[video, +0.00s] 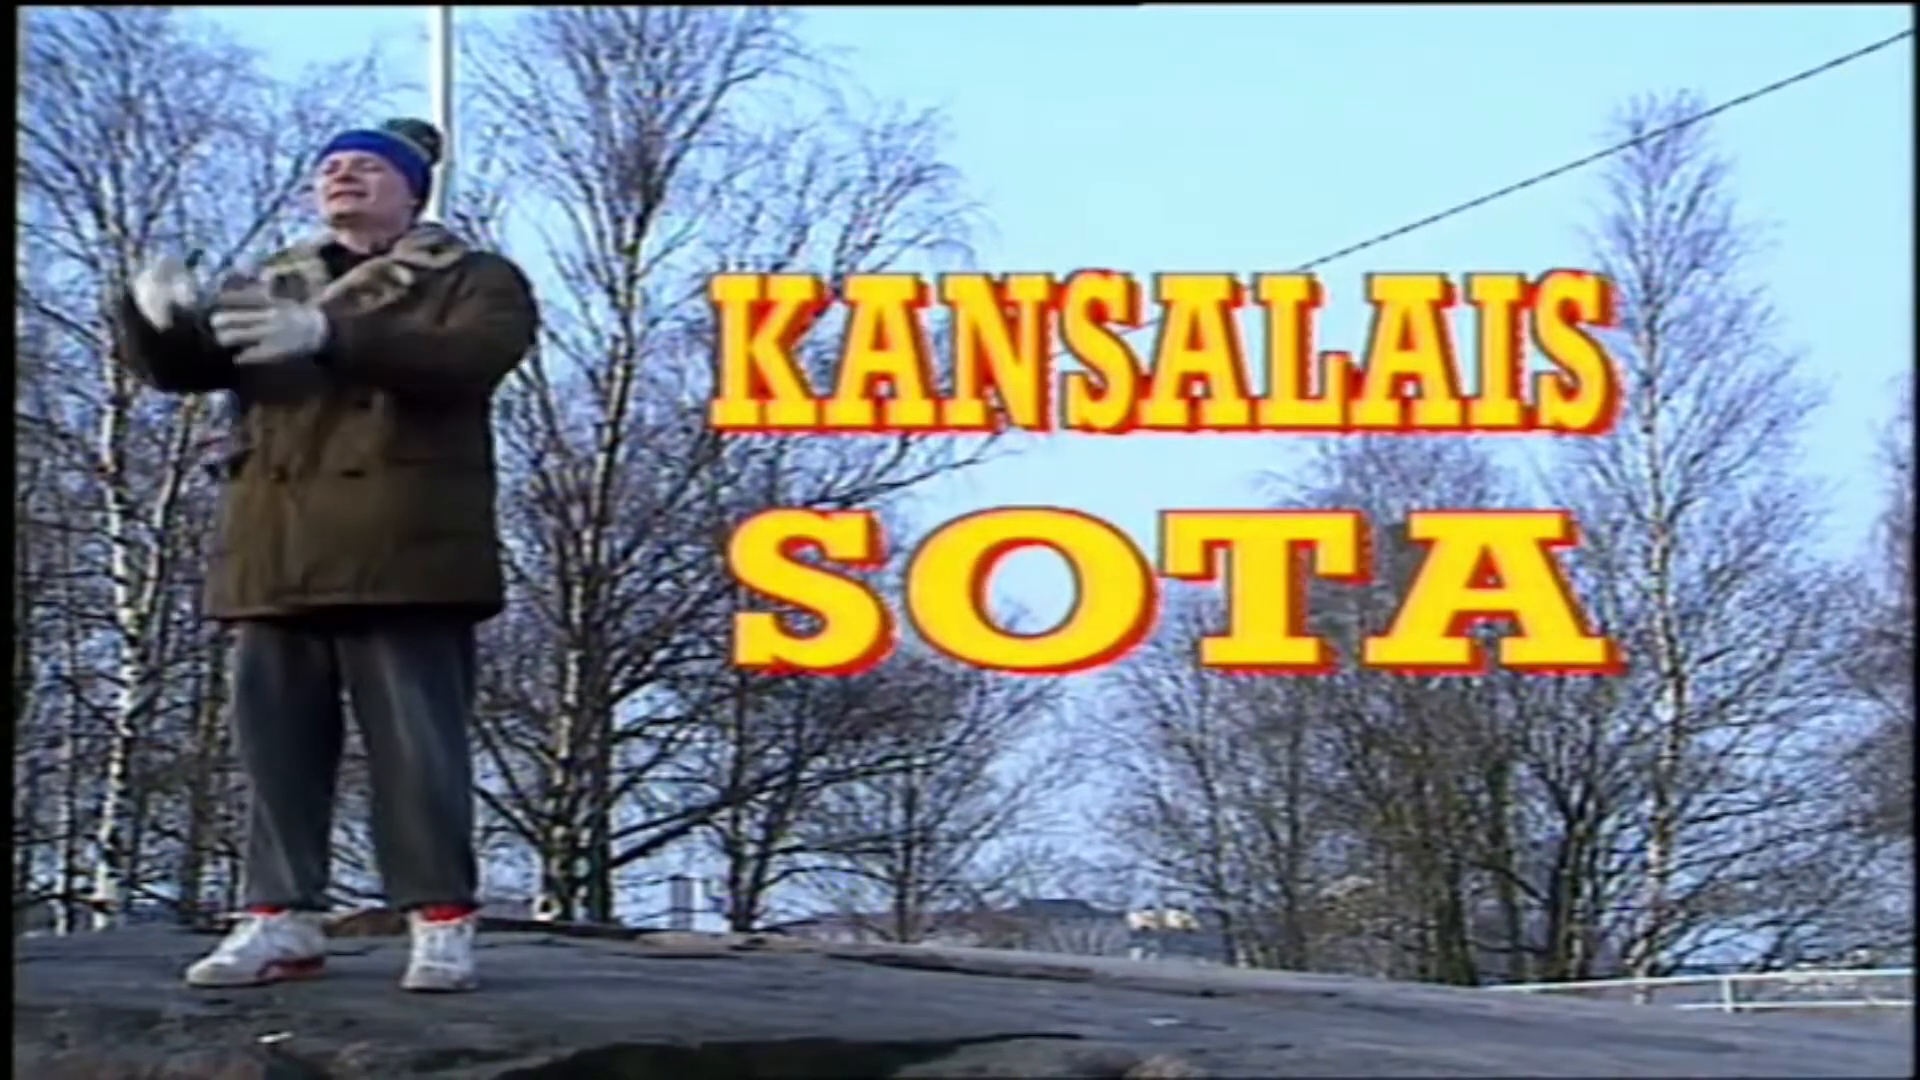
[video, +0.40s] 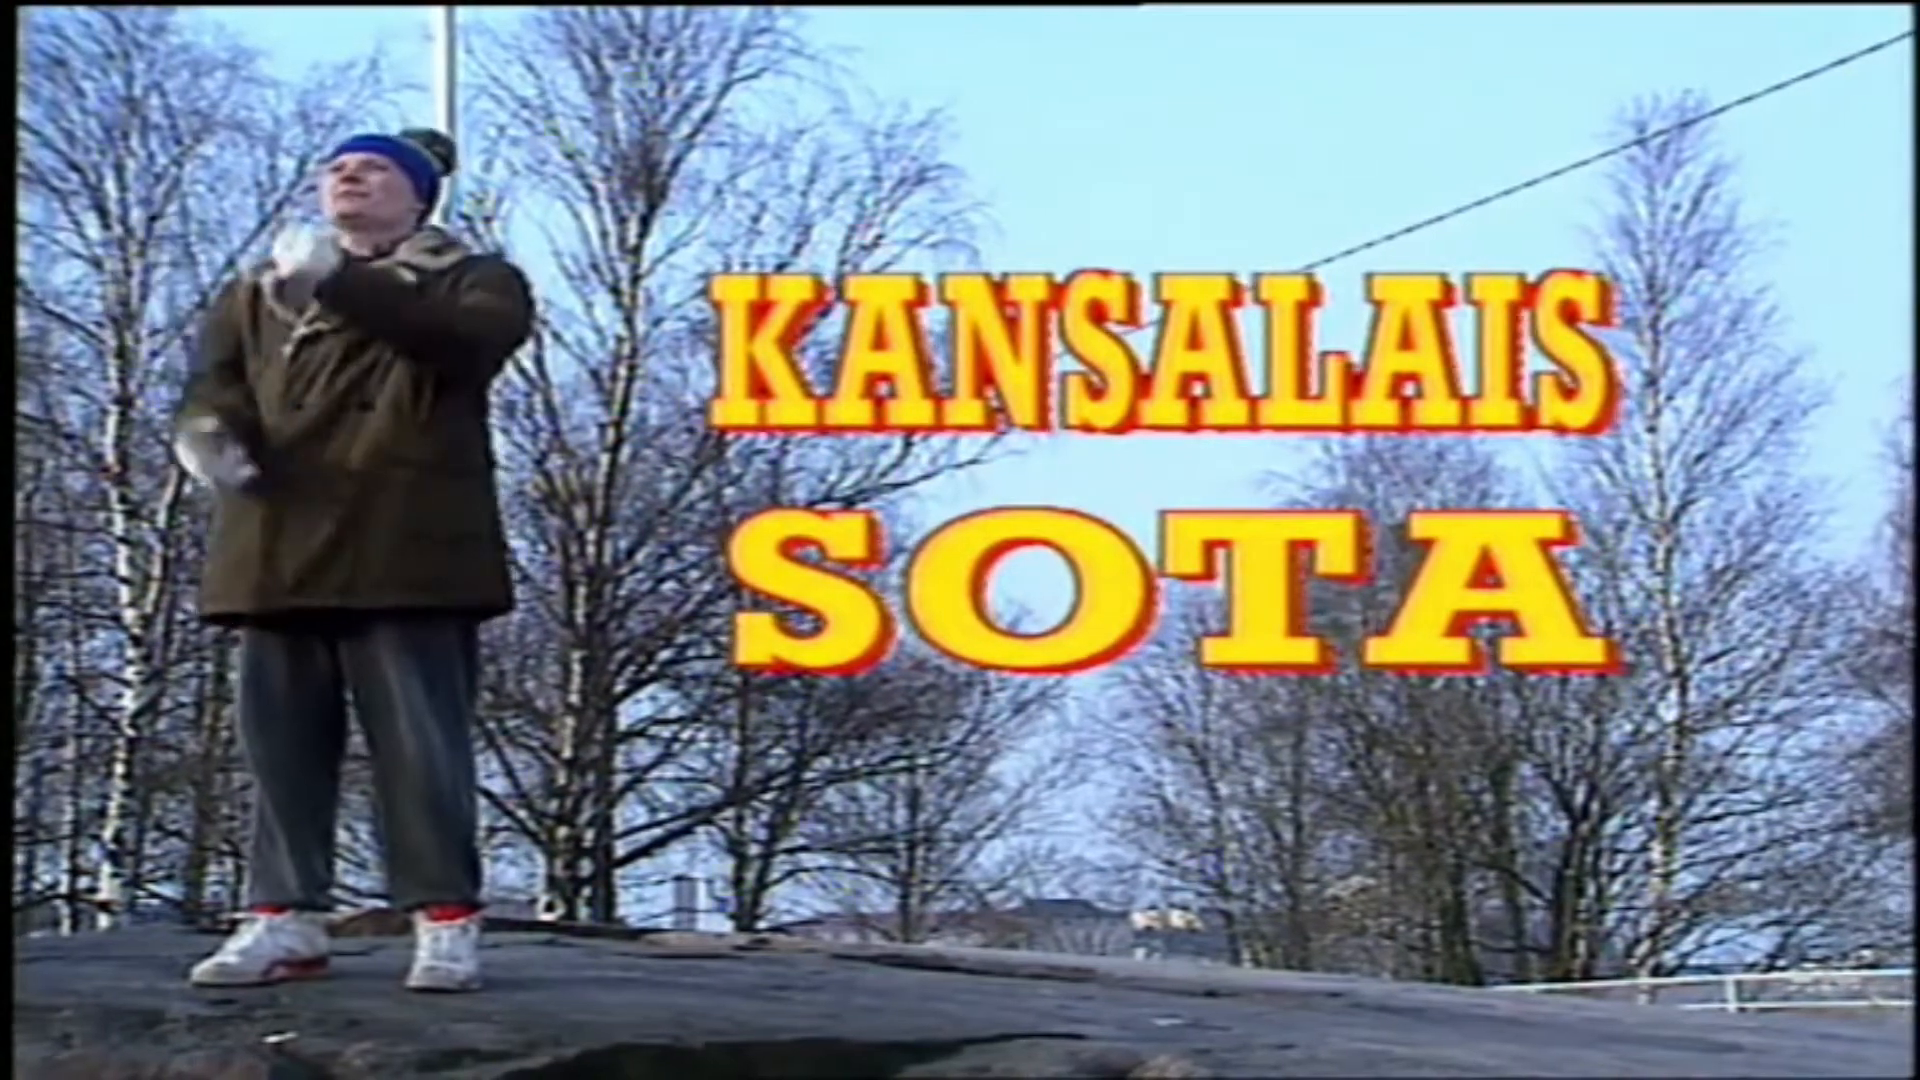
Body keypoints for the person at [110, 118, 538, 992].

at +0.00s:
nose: (342, 178)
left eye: (364, 167)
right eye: (331, 169)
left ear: (413, 189)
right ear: (316, 193)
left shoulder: (475, 276)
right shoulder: (282, 280)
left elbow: (469, 357)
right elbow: (189, 364)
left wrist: (330, 334)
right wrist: (157, 326)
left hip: (407, 559)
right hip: (275, 559)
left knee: (417, 747)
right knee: (276, 747)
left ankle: (441, 920)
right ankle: (285, 918)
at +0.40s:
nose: (348, 180)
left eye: (371, 170)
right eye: (336, 171)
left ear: (420, 196)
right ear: (319, 198)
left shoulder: (476, 278)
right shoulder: (255, 294)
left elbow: (470, 339)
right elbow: (211, 384)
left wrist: (342, 280)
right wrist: (209, 436)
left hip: (412, 554)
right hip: (278, 556)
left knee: (421, 746)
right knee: (281, 748)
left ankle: (445, 920)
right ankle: (289, 918)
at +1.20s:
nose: (356, 171)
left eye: (382, 164)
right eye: (344, 166)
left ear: (429, 201)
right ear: (322, 197)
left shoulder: (468, 272)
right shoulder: (267, 288)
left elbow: (497, 312)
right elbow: (205, 383)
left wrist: (348, 252)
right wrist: (223, 409)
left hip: (421, 549)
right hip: (288, 555)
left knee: (429, 742)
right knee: (284, 741)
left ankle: (453, 920)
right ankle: (297, 918)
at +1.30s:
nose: (359, 167)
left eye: (386, 162)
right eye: (348, 162)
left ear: (433, 204)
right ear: (326, 195)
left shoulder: (471, 271)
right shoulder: (269, 285)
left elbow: (495, 316)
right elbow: (208, 376)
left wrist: (353, 252)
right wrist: (223, 399)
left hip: (421, 548)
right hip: (290, 553)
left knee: (429, 738)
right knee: (286, 737)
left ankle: (454, 918)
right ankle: (298, 917)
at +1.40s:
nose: (360, 173)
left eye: (386, 165)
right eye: (352, 169)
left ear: (440, 203)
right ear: (336, 206)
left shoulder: (485, 276)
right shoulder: (278, 286)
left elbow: (482, 341)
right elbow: (197, 396)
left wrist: (350, 288)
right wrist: (195, 371)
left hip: (421, 553)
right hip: (290, 556)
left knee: (430, 743)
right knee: (289, 743)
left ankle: (456, 919)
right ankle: (300, 918)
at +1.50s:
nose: (365, 176)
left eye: (391, 167)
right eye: (358, 171)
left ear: (441, 208)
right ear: (340, 207)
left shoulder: (490, 279)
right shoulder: (290, 281)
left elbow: (480, 358)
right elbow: (183, 374)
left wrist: (339, 349)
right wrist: (182, 326)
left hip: (423, 553)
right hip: (294, 554)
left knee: (432, 740)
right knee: (291, 738)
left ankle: (457, 920)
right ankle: (299, 918)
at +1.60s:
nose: (367, 178)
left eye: (393, 169)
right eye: (362, 174)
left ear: (444, 208)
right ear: (347, 210)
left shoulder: (494, 282)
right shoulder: (292, 283)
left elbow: (490, 383)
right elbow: (165, 337)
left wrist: (379, 405)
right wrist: (163, 249)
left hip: (424, 561)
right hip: (294, 561)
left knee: (433, 742)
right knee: (293, 738)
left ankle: (458, 921)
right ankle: (302, 918)